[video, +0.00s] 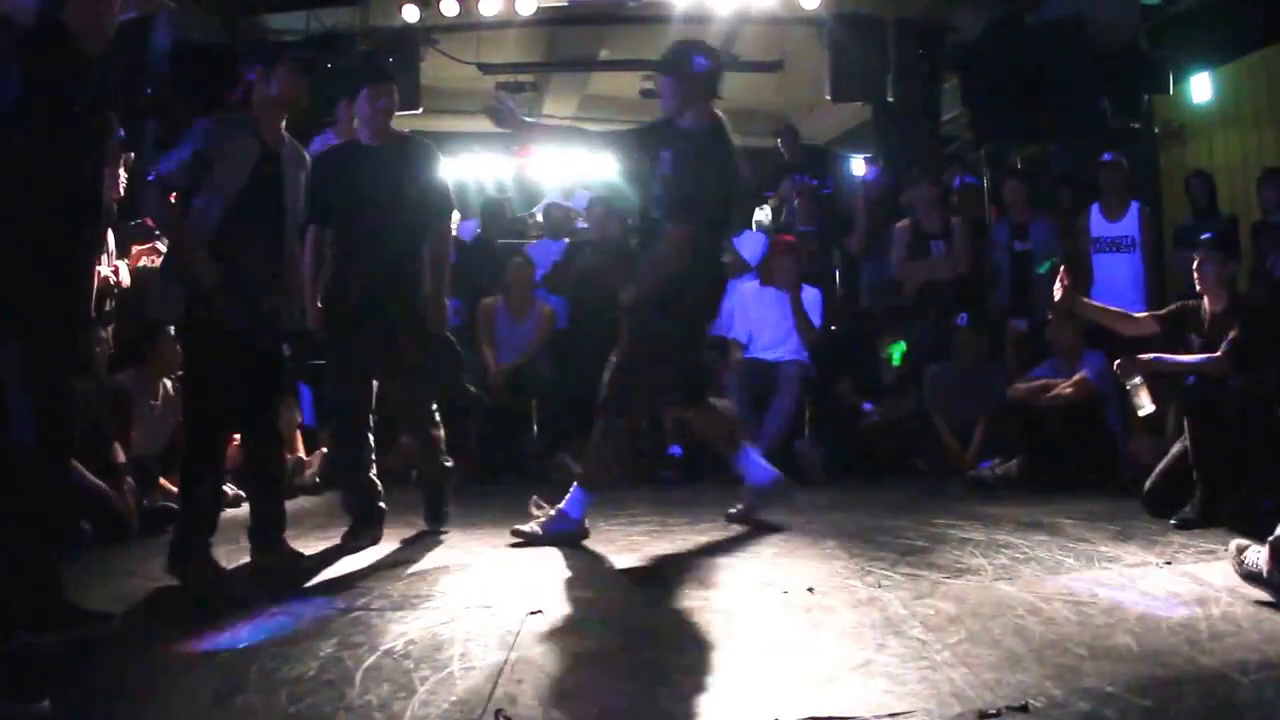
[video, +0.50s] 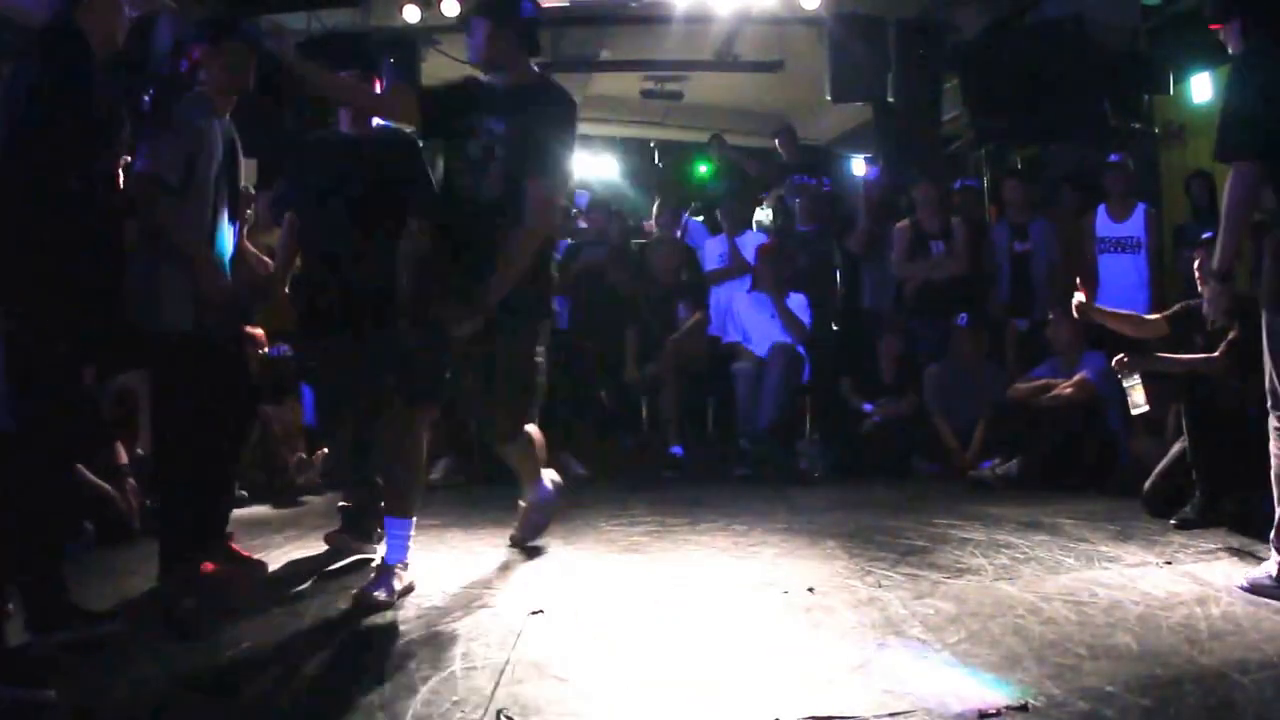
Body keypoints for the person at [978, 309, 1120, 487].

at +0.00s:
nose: (1054, 338)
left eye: (1060, 332)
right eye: (1052, 333)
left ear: (1075, 334)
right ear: (1049, 337)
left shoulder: (1093, 360)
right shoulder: (1054, 364)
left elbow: (1075, 393)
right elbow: (1012, 393)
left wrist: (1037, 400)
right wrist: (1052, 384)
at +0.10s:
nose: (1050, 333)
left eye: (1058, 326)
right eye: (1050, 326)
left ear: (1075, 329)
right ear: (1047, 331)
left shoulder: (1094, 360)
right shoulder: (1053, 364)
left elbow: (1072, 393)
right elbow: (1013, 393)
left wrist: (1034, 399)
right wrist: (1053, 384)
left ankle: (1020, 464)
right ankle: (1001, 460)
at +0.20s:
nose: (1050, 331)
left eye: (1057, 325)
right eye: (1049, 325)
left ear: (1075, 328)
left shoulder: (1095, 361)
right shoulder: (1054, 364)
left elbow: (1072, 393)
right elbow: (1013, 393)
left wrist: (1032, 400)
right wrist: (1052, 384)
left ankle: (1018, 465)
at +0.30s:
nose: (1050, 332)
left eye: (1057, 326)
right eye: (1050, 326)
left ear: (1074, 329)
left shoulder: (1095, 360)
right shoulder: (1054, 363)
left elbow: (1073, 393)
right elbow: (1013, 392)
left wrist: (1034, 400)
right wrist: (1055, 384)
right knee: (998, 408)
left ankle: (1017, 466)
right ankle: (970, 464)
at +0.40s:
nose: (1049, 331)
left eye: (1056, 324)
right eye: (1049, 325)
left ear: (1073, 327)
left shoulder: (1094, 360)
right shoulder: (1054, 364)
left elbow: (1072, 393)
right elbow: (1013, 393)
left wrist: (1032, 402)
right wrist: (1054, 384)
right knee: (999, 408)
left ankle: (1020, 466)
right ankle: (971, 464)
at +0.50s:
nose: (1050, 333)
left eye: (1057, 326)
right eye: (1049, 326)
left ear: (1075, 329)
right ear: (1049, 332)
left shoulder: (1094, 361)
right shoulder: (1055, 363)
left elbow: (1073, 394)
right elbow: (1012, 393)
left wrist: (1035, 401)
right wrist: (1052, 384)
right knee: (1000, 407)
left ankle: (1020, 465)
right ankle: (970, 463)